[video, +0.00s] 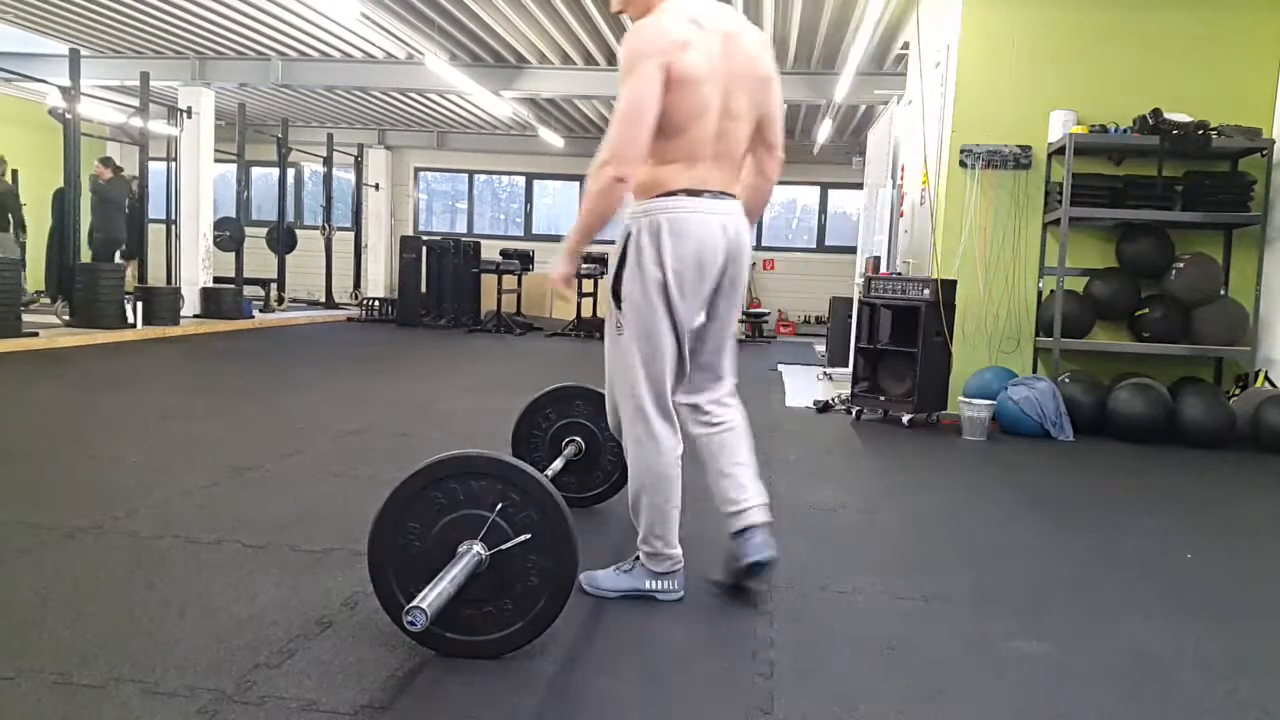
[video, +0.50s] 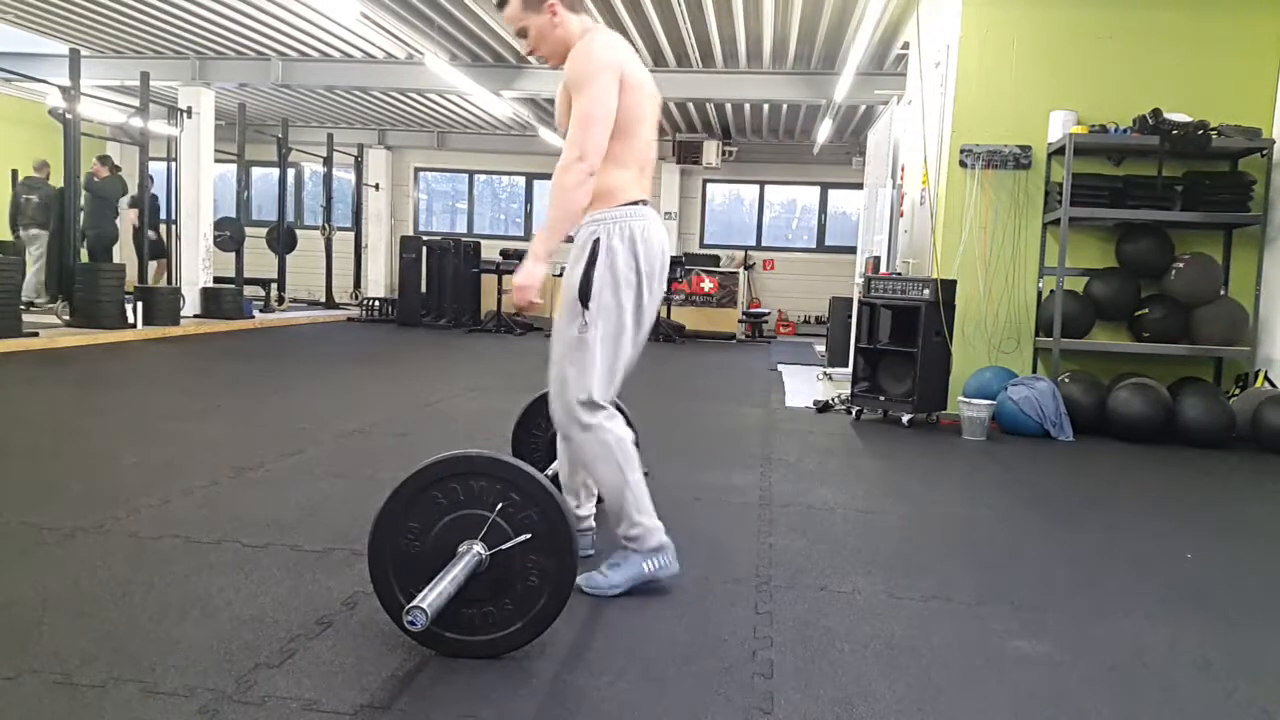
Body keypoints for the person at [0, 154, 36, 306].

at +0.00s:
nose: (5, 170)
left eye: (4, 166)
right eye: (4, 166)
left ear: (3, 168)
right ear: (4, 169)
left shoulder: (7, 188)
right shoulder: (7, 188)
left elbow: (15, 212)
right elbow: (16, 212)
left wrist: (21, 229)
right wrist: (22, 229)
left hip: (6, 232)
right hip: (4, 232)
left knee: (14, 259)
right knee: (14, 259)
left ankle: (22, 292)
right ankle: (21, 292)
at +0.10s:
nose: (18, 172)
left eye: (17, 169)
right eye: (17, 169)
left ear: (2, 168)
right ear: (14, 170)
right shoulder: (16, 190)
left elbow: (24, 214)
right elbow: (24, 215)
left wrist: (30, 231)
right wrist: (31, 231)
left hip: (3, 232)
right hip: (11, 234)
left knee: (5, 269)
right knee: (22, 266)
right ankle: (24, 297)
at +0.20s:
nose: (28, 171)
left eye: (27, 168)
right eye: (28, 168)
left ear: (13, 168)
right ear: (25, 168)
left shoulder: (3, 184)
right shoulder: (26, 189)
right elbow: (33, 214)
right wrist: (40, 229)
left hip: (3, 229)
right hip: (20, 230)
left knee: (4, 264)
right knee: (29, 262)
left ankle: (4, 298)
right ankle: (26, 298)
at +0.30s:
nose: (36, 171)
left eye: (36, 169)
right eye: (36, 169)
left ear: (20, 166)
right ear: (34, 168)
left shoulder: (5, 183)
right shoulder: (34, 187)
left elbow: (2, 205)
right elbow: (44, 210)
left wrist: (6, 219)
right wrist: (51, 220)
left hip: (7, 228)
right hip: (27, 228)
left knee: (12, 265)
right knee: (32, 264)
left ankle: (10, 297)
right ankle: (26, 297)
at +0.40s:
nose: (42, 171)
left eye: (42, 169)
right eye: (42, 169)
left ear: (26, 167)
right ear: (39, 169)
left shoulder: (11, 185)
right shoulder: (41, 186)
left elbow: (4, 209)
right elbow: (53, 205)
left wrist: (7, 229)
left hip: (15, 227)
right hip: (33, 228)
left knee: (21, 261)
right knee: (32, 263)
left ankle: (22, 295)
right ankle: (25, 298)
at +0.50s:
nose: (49, 174)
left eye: (48, 171)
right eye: (48, 171)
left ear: (34, 170)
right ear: (46, 171)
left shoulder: (20, 186)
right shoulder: (49, 189)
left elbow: (13, 211)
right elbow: (53, 212)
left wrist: (15, 230)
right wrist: (52, 228)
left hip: (24, 228)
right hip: (40, 228)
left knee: (34, 262)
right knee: (36, 263)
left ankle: (41, 296)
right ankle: (26, 298)